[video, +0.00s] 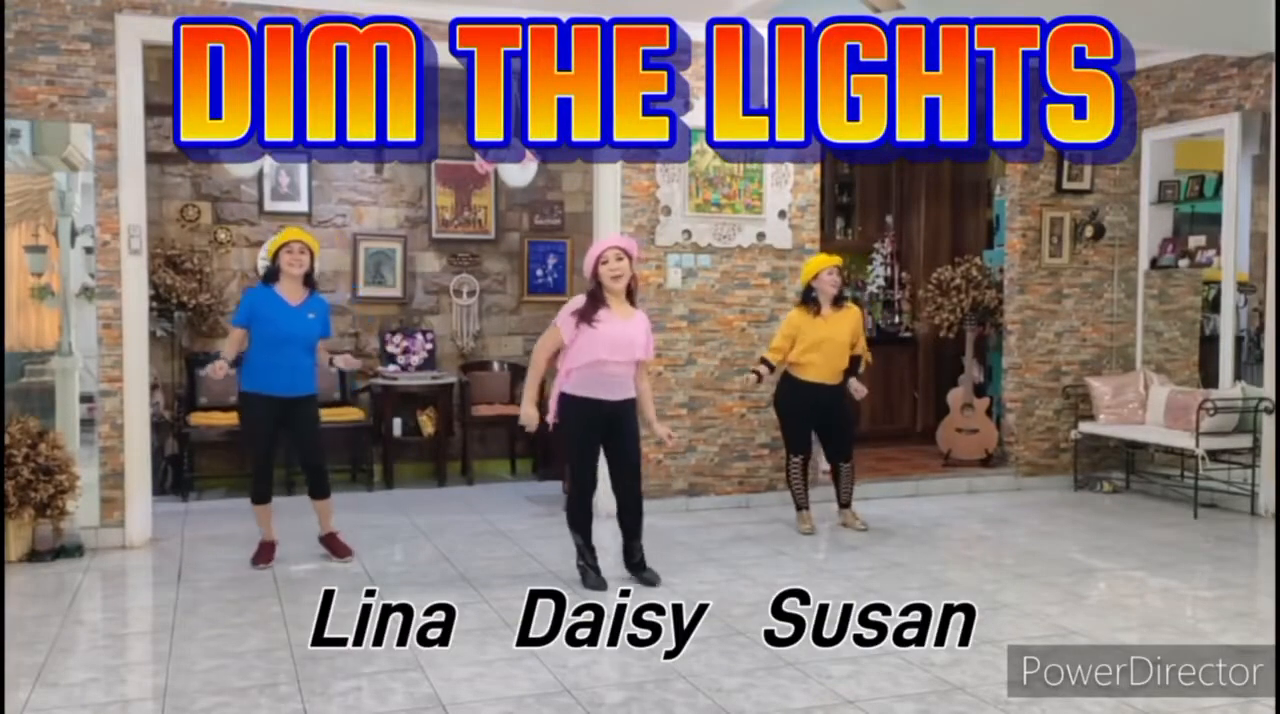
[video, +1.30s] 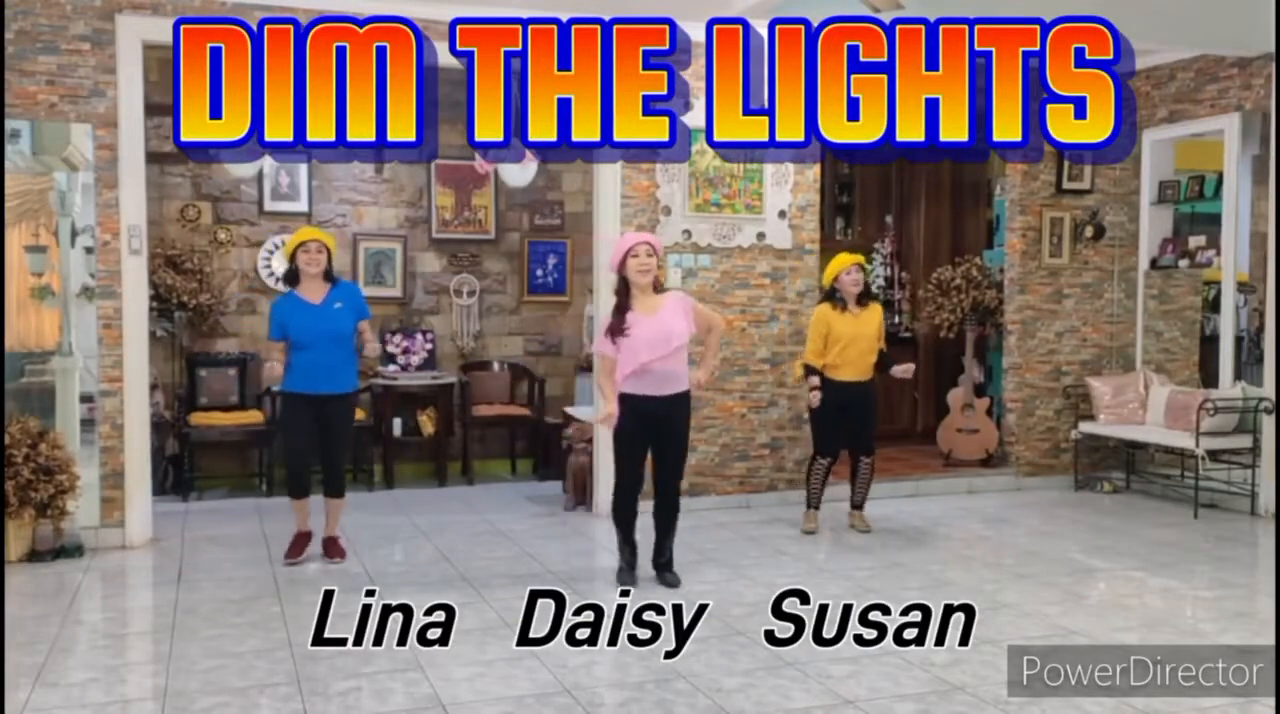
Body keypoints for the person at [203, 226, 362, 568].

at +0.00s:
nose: (296, 257)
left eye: (302, 252)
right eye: (289, 251)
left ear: (311, 261)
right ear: (276, 259)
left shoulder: (318, 304)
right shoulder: (256, 296)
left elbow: (320, 353)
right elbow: (236, 337)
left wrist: (336, 360)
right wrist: (224, 359)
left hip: (302, 398)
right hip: (259, 397)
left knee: (315, 463)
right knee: (261, 467)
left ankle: (328, 533)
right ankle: (267, 538)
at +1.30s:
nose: (313, 257)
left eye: (319, 251)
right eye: (306, 251)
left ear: (329, 258)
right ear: (295, 259)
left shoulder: (349, 293)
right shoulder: (283, 304)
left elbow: (365, 331)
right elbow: (278, 349)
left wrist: (369, 344)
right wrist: (276, 365)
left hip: (340, 394)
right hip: (297, 395)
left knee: (335, 464)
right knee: (296, 463)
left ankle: (331, 535)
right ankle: (302, 531)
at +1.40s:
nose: (314, 257)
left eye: (320, 251)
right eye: (307, 251)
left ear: (331, 258)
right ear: (296, 259)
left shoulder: (350, 293)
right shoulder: (284, 305)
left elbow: (364, 333)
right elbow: (277, 349)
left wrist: (371, 346)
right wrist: (280, 363)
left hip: (340, 395)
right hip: (298, 396)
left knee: (335, 465)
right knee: (299, 467)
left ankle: (331, 536)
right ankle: (309, 537)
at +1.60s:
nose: (317, 256)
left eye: (322, 251)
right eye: (310, 252)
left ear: (332, 258)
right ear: (298, 261)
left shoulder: (350, 295)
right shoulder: (285, 302)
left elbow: (359, 336)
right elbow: (275, 347)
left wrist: (376, 344)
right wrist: (285, 360)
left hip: (340, 396)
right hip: (298, 396)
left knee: (336, 465)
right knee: (298, 466)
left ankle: (332, 536)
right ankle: (305, 533)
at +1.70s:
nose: (316, 259)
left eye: (322, 254)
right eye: (308, 255)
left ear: (330, 261)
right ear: (298, 263)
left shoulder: (347, 299)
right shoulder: (285, 304)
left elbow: (356, 341)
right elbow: (270, 347)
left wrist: (380, 343)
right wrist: (284, 359)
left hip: (339, 396)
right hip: (298, 397)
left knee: (335, 465)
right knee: (294, 463)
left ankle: (332, 534)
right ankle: (297, 527)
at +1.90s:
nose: (308, 254)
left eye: (313, 248)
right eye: (300, 250)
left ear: (323, 256)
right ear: (290, 259)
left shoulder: (336, 298)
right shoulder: (277, 297)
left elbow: (342, 346)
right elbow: (255, 338)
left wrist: (373, 340)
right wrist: (273, 356)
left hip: (329, 394)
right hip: (288, 394)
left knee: (329, 465)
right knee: (281, 466)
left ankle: (331, 536)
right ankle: (259, 538)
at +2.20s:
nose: (290, 255)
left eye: (296, 250)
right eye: (283, 250)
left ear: (306, 259)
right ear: (271, 259)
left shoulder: (313, 304)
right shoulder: (255, 294)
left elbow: (314, 353)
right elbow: (211, 325)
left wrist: (341, 355)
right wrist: (223, 360)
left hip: (298, 397)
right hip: (255, 395)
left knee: (311, 465)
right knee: (254, 469)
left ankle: (323, 537)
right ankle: (255, 541)